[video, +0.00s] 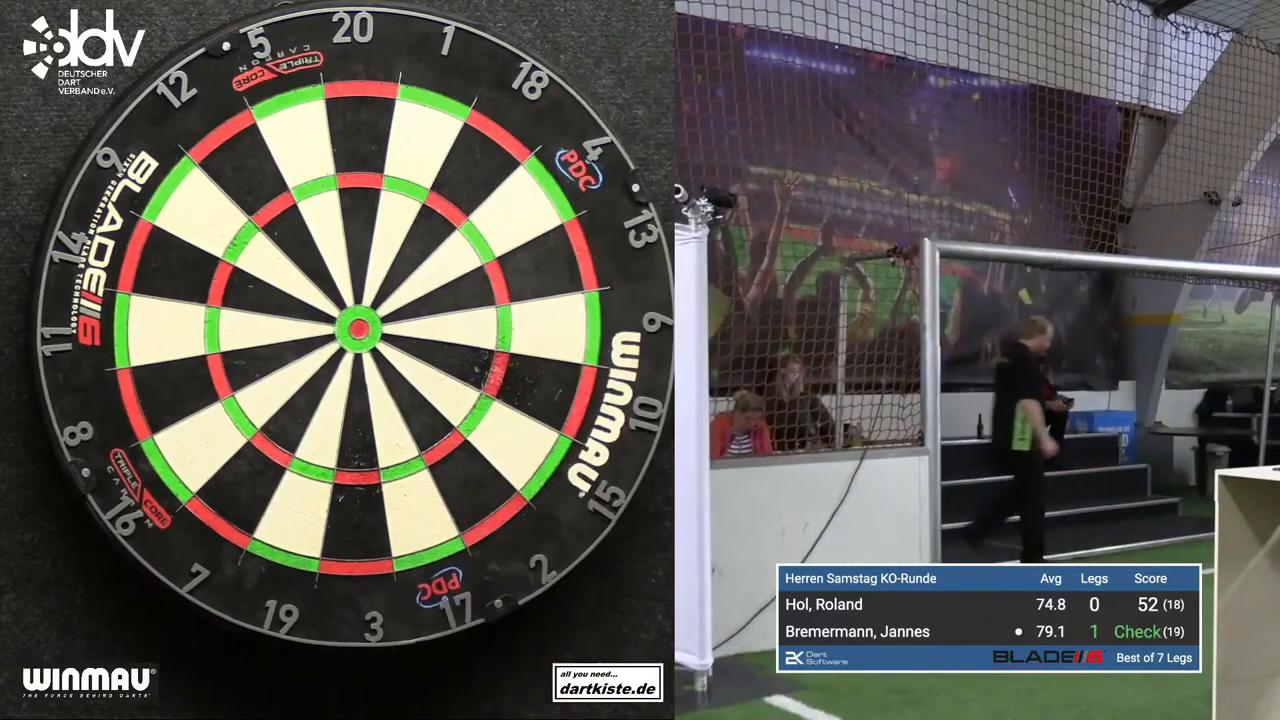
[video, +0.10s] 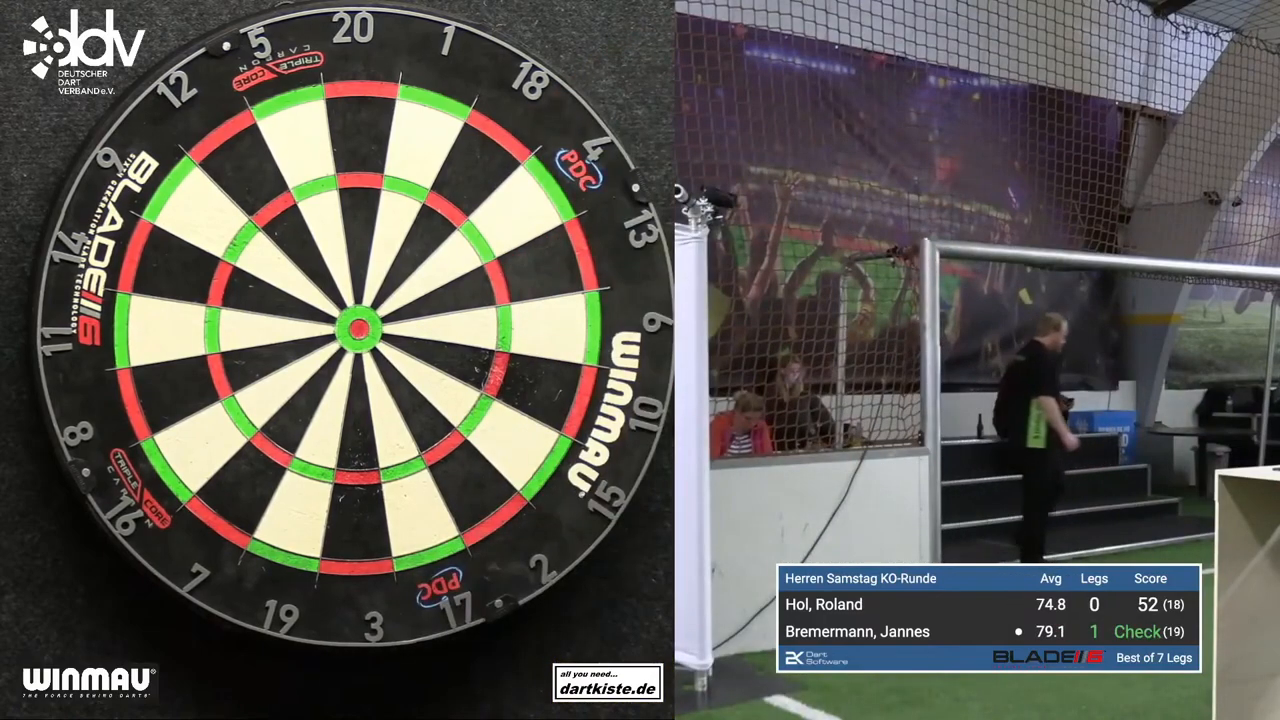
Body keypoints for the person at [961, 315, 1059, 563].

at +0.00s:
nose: (1047, 344)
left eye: (1048, 340)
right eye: (1046, 339)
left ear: (1025, 337)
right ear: (1032, 336)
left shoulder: (1013, 357)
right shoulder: (1022, 360)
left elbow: (1020, 398)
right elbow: (1028, 401)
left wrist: (1049, 404)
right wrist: (1044, 437)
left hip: (1013, 441)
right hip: (1021, 443)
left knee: (1020, 492)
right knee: (1032, 498)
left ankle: (976, 532)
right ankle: (1033, 558)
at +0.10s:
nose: (1064, 342)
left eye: (1064, 337)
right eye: (1062, 336)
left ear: (1044, 333)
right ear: (1051, 334)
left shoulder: (1026, 355)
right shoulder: (1041, 358)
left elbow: (1028, 398)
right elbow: (1044, 399)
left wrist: (1054, 403)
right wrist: (1065, 433)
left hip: (1022, 439)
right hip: (1034, 441)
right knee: (1040, 493)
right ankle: (1033, 554)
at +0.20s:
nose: (1074, 341)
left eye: (1074, 336)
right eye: (1072, 336)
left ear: (1055, 332)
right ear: (1061, 333)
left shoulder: (1035, 354)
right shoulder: (1050, 357)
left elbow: (1020, 397)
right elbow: (1054, 398)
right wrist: (1076, 433)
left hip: (1038, 440)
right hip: (1048, 442)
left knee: (1042, 496)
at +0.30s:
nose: (1090, 343)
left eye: (1091, 338)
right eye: (1088, 337)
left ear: (1070, 336)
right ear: (1075, 336)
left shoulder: (1057, 357)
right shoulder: (1066, 359)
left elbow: (1052, 401)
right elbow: (1071, 400)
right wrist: (1087, 437)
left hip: (1056, 441)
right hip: (1061, 443)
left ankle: (1110, 546)